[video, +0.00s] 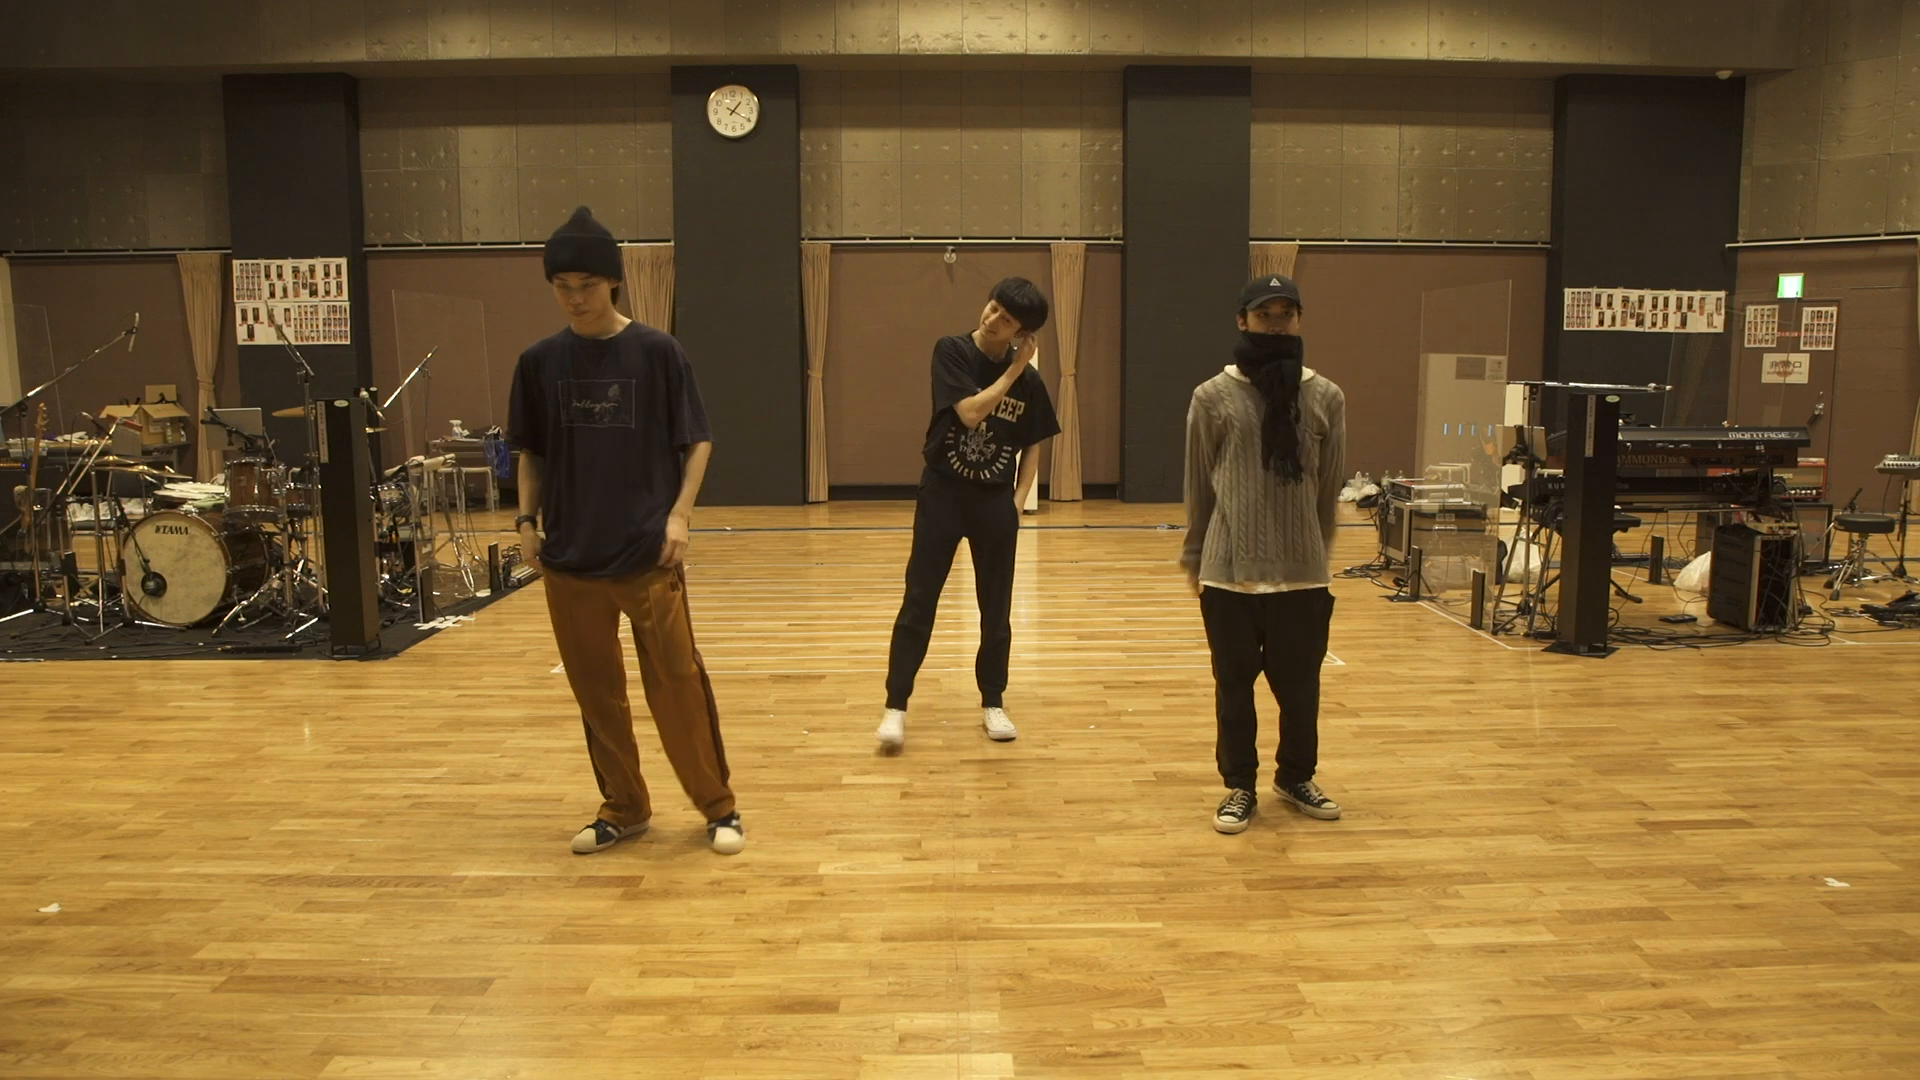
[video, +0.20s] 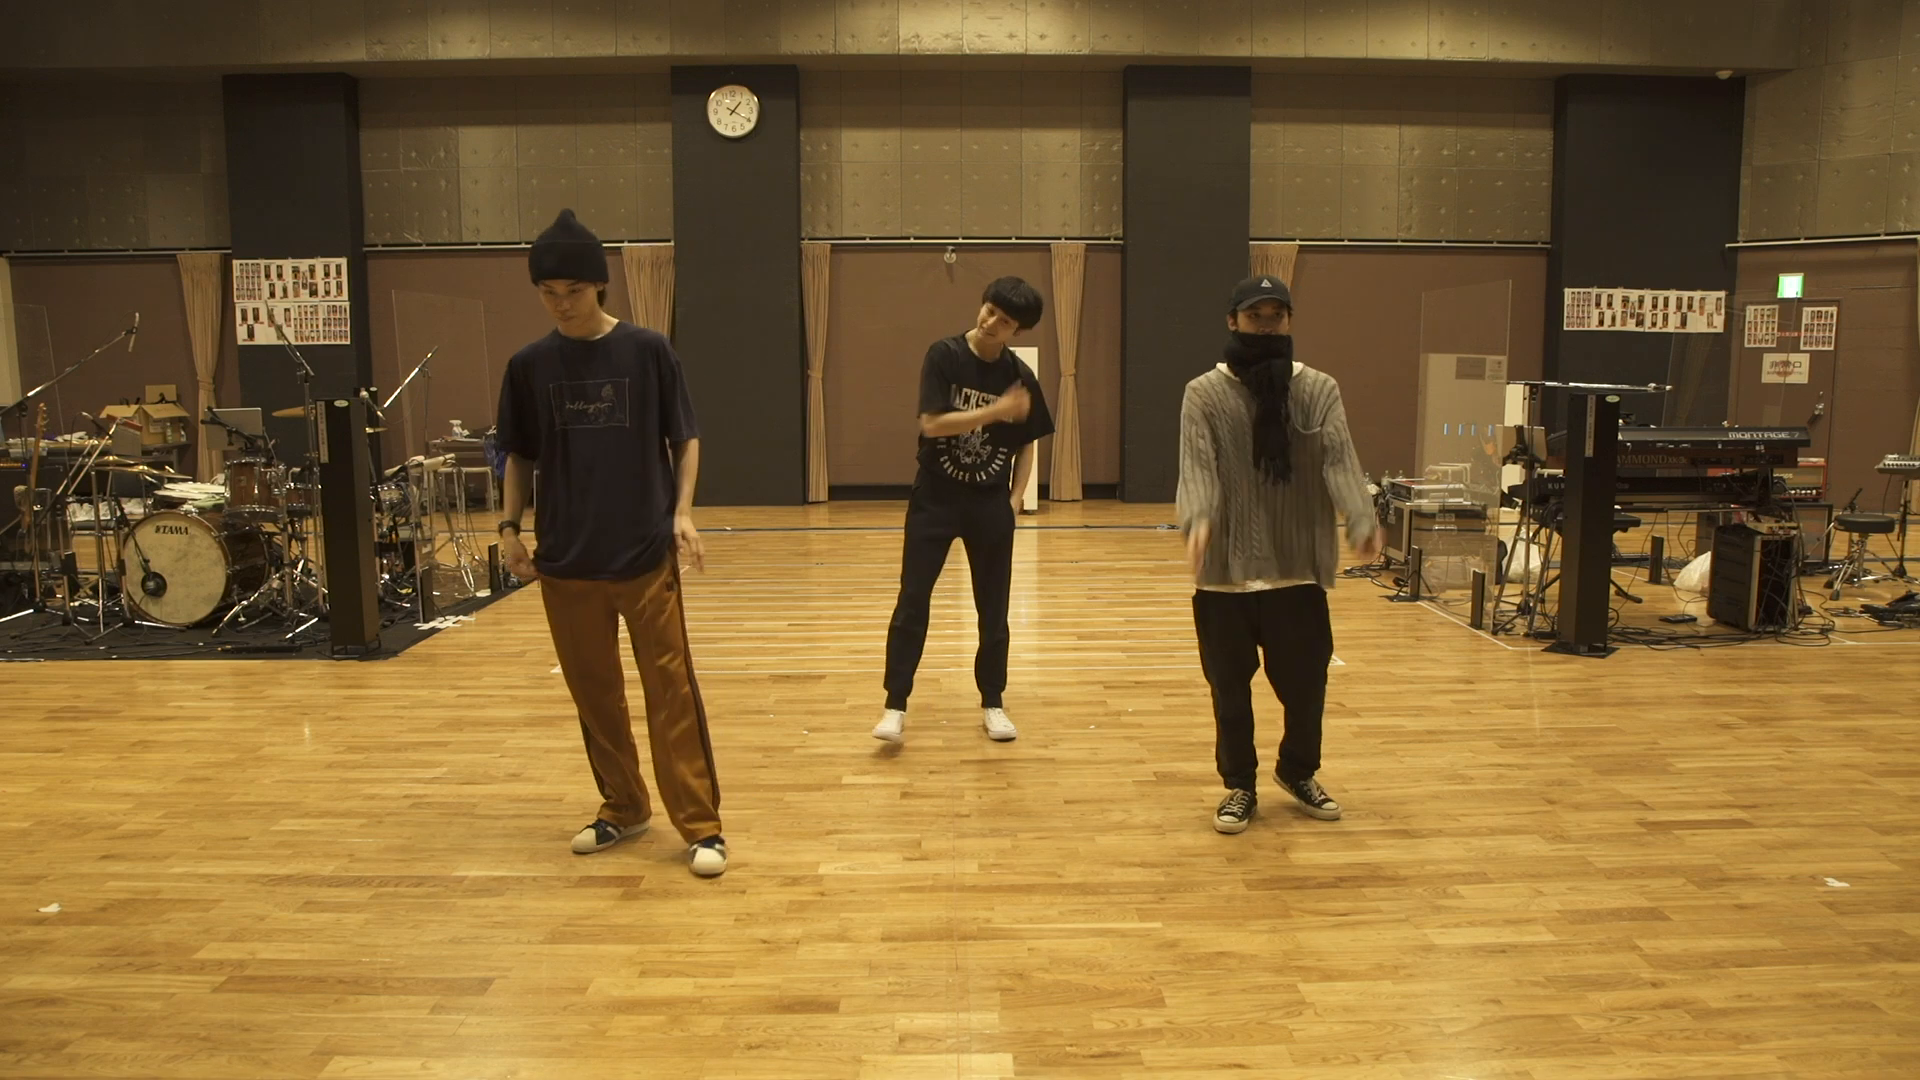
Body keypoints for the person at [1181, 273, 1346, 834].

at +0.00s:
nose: (1278, 323)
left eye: (1287, 314)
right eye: (1266, 314)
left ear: (1299, 322)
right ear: (1244, 321)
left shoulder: (1326, 397)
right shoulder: (1213, 397)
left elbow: (1330, 489)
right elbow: (1199, 486)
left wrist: (1318, 559)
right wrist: (1194, 558)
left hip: (1303, 573)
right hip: (1228, 573)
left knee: (1300, 688)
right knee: (1234, 688)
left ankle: (1297, 779)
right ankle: (1239, 788)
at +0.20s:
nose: (1270, 325)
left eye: (1279, 315)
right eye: (1258, 315)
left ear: (1291, 323)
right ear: (1234, 322)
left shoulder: (1317, 388)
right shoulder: (1205, 393)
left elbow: (1342, 460)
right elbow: (1197, 466)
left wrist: (1362, 518)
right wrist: (1200, 516)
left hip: (1298, 569)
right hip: (1224, 572)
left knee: (1306, 681)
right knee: (1229, 688)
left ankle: (1299, 774)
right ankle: (1240, 787)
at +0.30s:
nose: (1266, 324)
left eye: (1276, 314)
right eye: (1253, 314)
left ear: (1288, 321)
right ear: (1230, 321)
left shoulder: (1314, 383)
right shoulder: (1202, 385)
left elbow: (1332, 468)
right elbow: (1182, 470)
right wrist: (1211, 442)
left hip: (1299, 562)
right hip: (1224, 564)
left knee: (1312, 678)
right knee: (1226, 687)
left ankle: (1298, 769)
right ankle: (1239, 787)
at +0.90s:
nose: (1289, 331)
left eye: (1298, 321)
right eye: (1277, 321)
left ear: (1308, 326)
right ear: (1252, 325)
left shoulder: (1326, 383)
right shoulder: (1215, 390)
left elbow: (1360, 449)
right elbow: (1167, 465)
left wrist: (1395, 492)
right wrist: (1174, 517)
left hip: (1309, 572)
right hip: (1235, 575)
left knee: (1322, 688)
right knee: (1236, 691)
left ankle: (1331, 788)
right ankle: (1240, 790)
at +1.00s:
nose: (1297, 332)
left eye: (1306, 322)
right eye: (1285, 322)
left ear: (1316, 327)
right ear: (1260, 326)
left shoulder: (1336, 396)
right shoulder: (1232, 399)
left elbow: (1348, 492)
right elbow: (1217, 493)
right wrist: (1214, 575)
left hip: (1318, 577)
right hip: (1247, 580)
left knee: (1327, 691)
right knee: (1241, 693)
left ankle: (1331, 786)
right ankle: (1241, 789)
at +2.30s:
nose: (1303, 337)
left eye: (1313, 327)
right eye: (1291, 326)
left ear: (1325, 332)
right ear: (1266, 328)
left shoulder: (1340, 402)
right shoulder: (1226, 393)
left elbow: (1352, 489)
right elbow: (1209, 481)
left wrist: (1342, 563)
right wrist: (1211, 558)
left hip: (1311, 571)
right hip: (1239, 573)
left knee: (1327, 672)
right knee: (1243, 691)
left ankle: (1355, 719)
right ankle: (1257, 790)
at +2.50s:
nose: (1269, 363)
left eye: (1281, 353)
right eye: (1258, 351)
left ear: (1297, 353)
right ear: (1236, 347)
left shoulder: (1320, 415)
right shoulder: (1215, 409)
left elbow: (1367, 486)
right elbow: (1214, 496)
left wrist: (1318, 540)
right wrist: (1219, 565)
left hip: (1306, 558)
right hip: (1243, 566)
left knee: (1258, 643)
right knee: (1218, 686)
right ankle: (1274, 792)